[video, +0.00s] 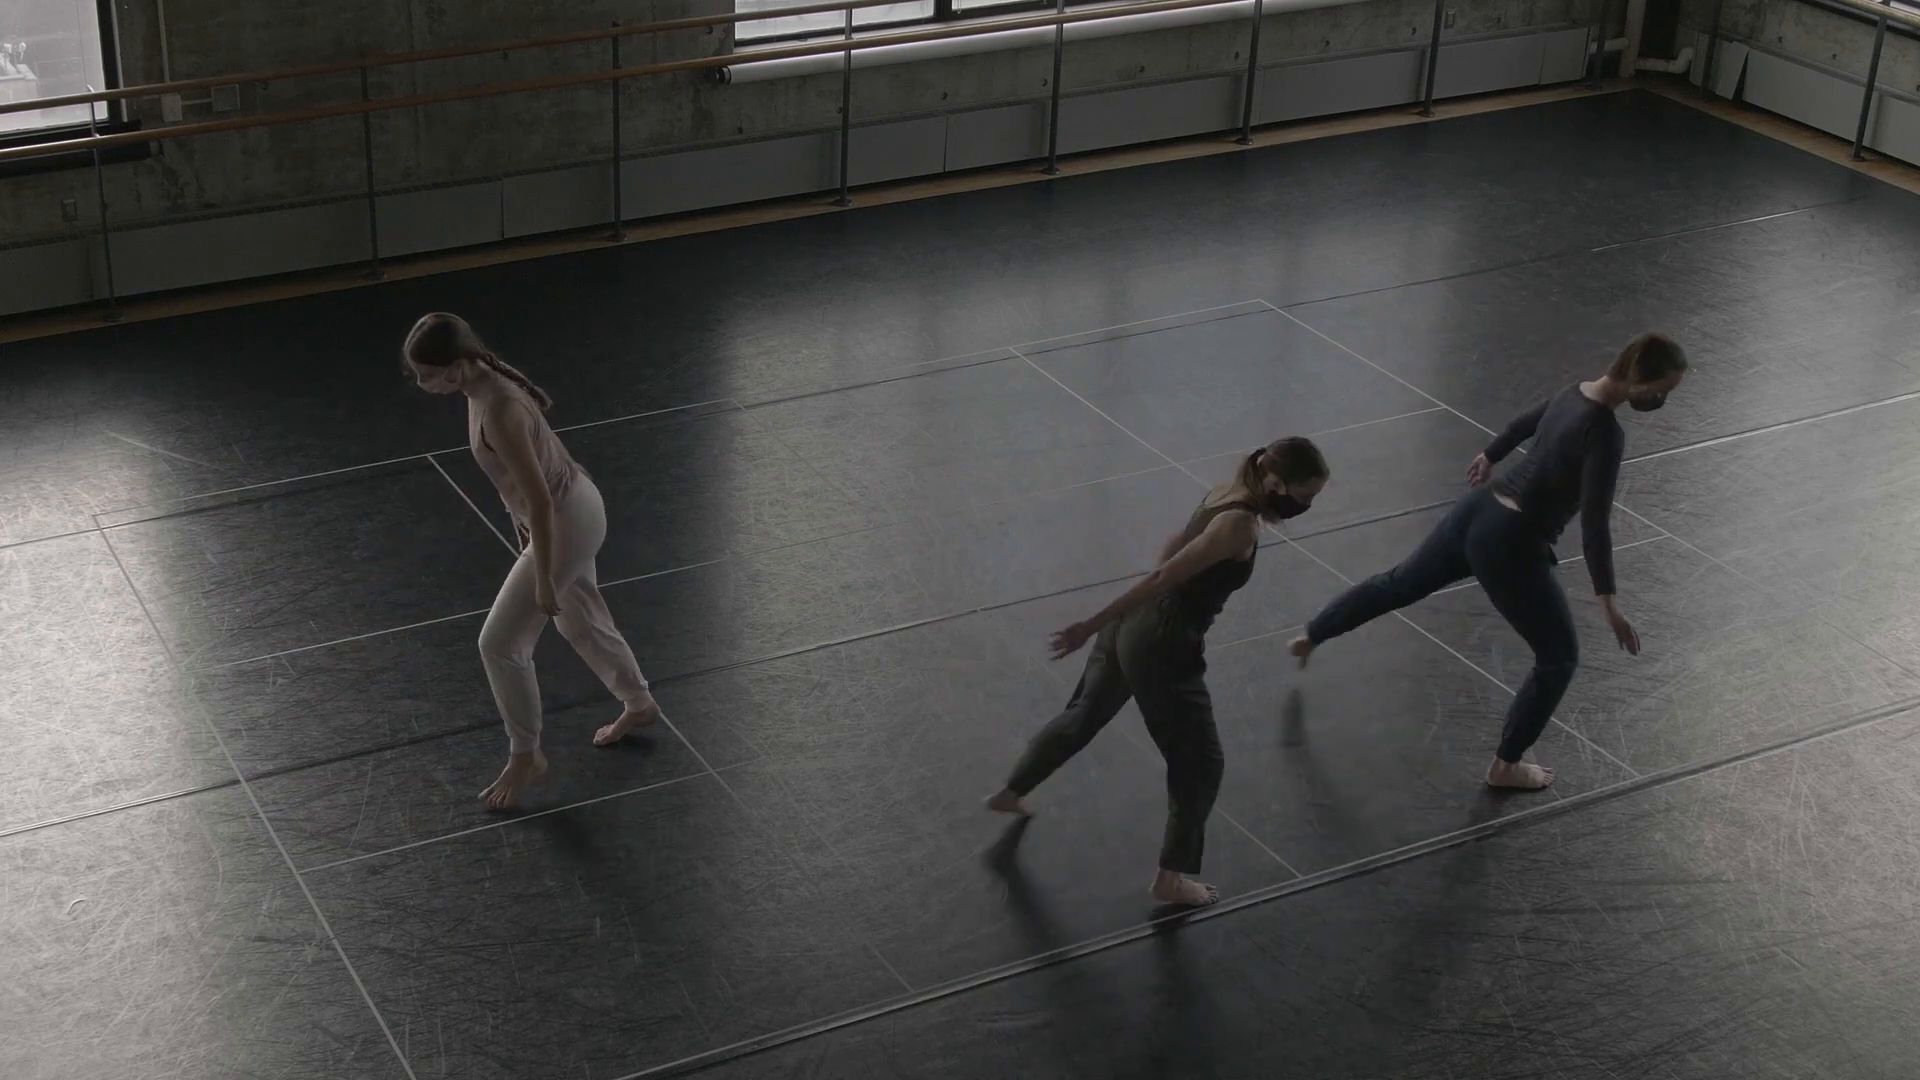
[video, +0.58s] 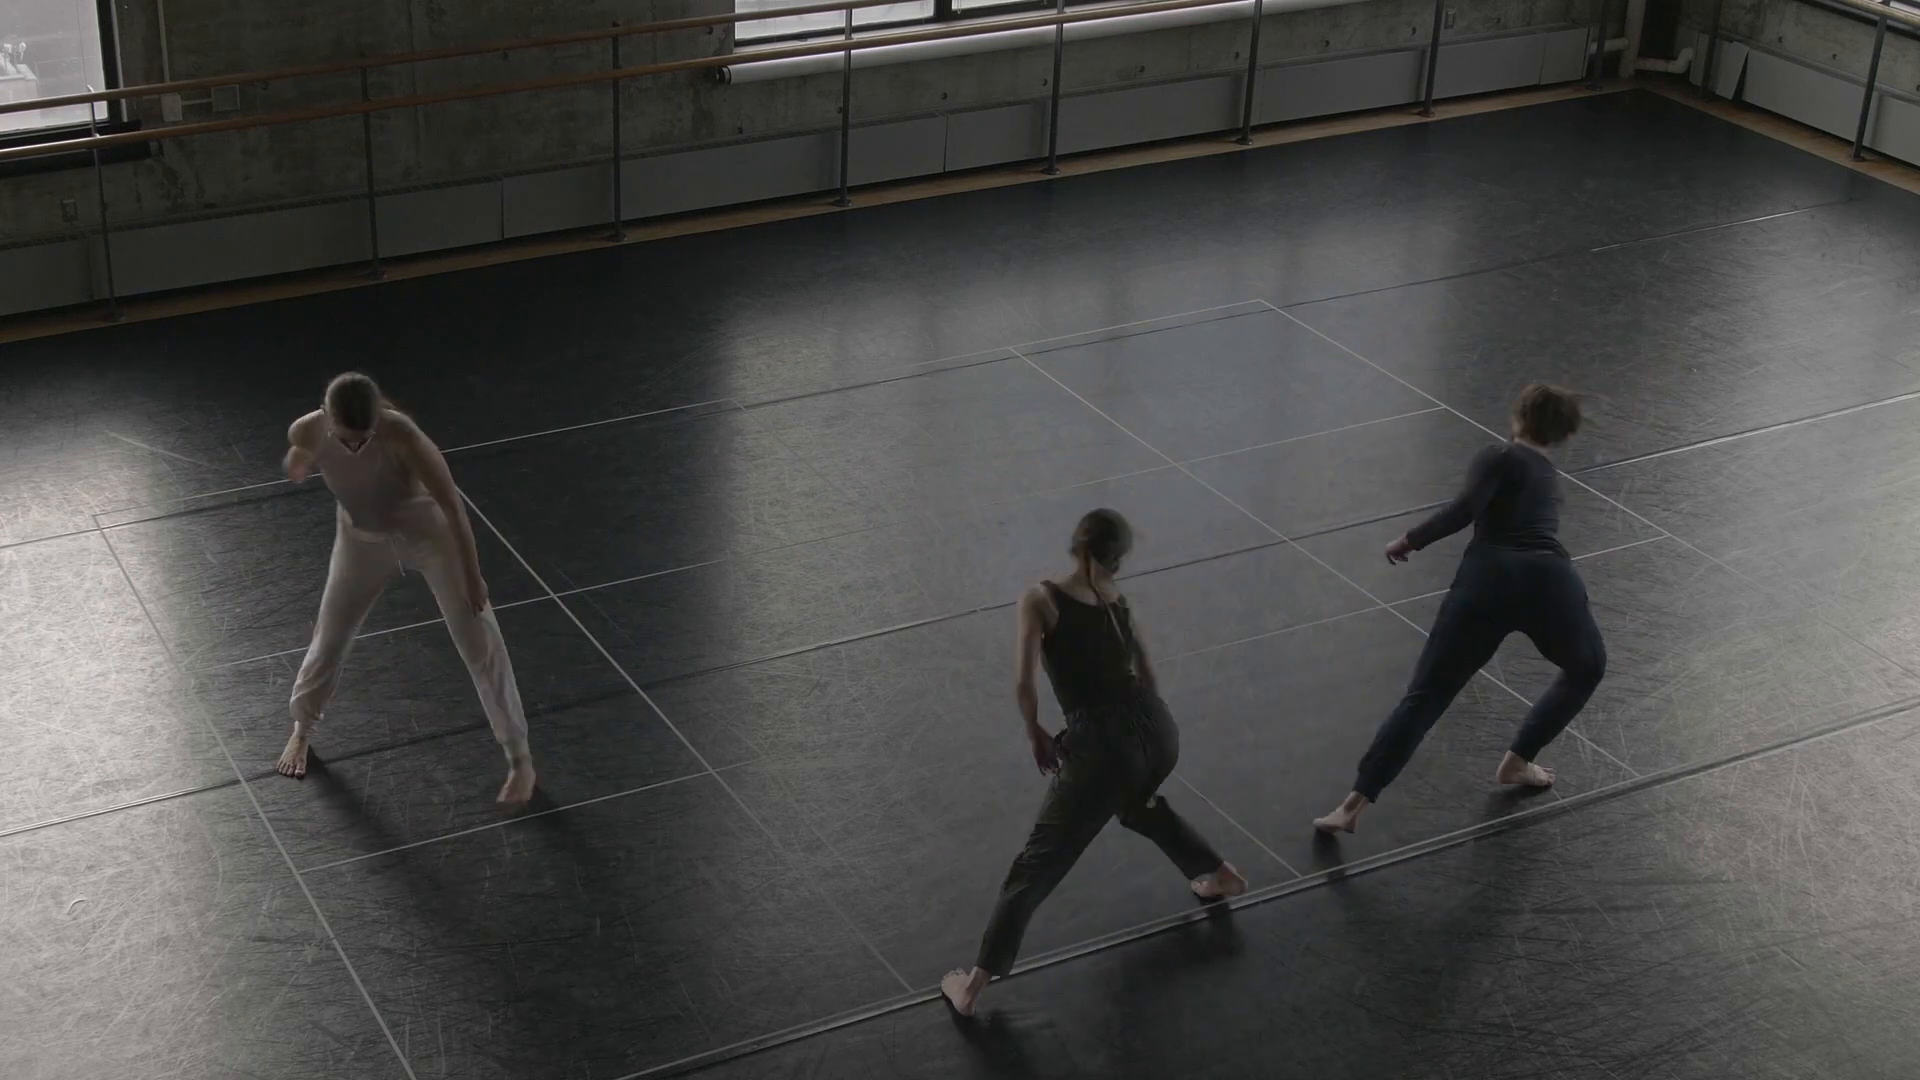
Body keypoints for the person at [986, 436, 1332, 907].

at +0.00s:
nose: (1302, 509)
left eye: (1307, 502)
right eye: (1301, 500)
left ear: (1267, 472)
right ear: (1271, 481)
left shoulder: (1229, 495)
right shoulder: (1237, 527)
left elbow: (1174, 548)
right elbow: (1162, 579)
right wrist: (1091, 625)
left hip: (1130, 626)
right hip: (1164, 650)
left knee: (1083, 716)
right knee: (1199, 761)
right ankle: (1173, 876)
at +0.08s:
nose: (1296, 528)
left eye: (1303, 520)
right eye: (1294, 517)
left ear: (1264, 500)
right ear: (1264, 499)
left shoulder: (1218, 525)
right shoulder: (1235, 552)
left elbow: (1164, 570)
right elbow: (1161, 609)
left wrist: (1144, 626)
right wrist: (1094, 659)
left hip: (1136, 662)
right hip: (1171, 676)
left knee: (1060, 742)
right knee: (1221, 777)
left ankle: (961, 821)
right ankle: (1177, 884)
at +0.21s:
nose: (1282, 557)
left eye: (1285, 549)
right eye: (1279, 550)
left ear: (1242, 526)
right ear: (1249, 537)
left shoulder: (1197, 542)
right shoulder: (1221, 591)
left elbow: (1126, 591)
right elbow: (1163, 660)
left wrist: (1097, 665)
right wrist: (1118, 729)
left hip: (1122, 680)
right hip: (1166, 701)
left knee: (1056, 780)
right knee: (1222, 783)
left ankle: (968, 885)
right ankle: (1175, 885)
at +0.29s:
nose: (1261, 568)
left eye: (1264, 560)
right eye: (1259, 560)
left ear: (1215, 530)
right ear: (1232, 551)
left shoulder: (1156, 552)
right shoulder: (1212, 605)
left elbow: (1083, 600)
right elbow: (1180, 688)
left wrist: (1075, 676)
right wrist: (1171, 777)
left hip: (1106, 700)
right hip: (1163, 713)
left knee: (1054, 816)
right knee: (1208, 788)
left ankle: (979, 935)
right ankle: (1177, 891)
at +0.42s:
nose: (1200, 578)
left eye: (1207, 569)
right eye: (1197, 568)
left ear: (1158, 541)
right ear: (1171, 547)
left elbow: (1040, 628)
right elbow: (1209, 704)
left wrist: (1048, 703)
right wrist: (1242, 778)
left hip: (1098, 728)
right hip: (1160, 726)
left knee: (1044, 840)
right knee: (1179, 788)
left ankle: (973, 965)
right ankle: (1194, 895)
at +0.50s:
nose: (1163, 570)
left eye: (1165, 562)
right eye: (1164, 563)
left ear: (1123, 541)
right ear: (1160, 559)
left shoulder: (1069, 581)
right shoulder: (1159, 607)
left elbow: (1030, 656)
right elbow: (1196, 695)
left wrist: (1041, 721)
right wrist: (1219, 746)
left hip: (1098, 746)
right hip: (1160, 734)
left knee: (1039, 855)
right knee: (1156, 795)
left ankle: (972, 980)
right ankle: (1207, 889)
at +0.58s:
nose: (1115, 563)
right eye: (1117, 556)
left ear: (1075, 547)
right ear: (1116, 556)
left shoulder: (1040, 599)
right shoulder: (1118, 603)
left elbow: (1024, 682)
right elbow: (1145, 677)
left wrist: (1037, 735)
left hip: (1098, 753)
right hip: (1154, 738)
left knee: (1035, 864)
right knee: (1137, 805)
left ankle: (974, 986)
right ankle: (1219, 875)